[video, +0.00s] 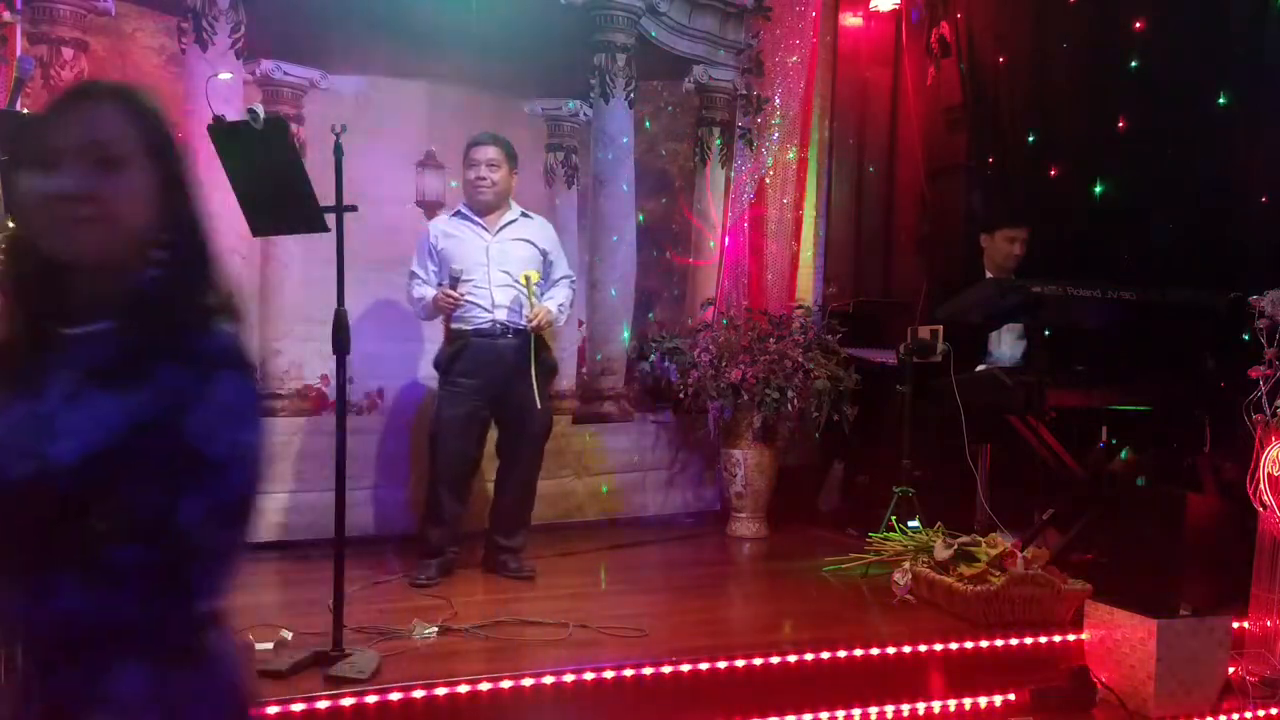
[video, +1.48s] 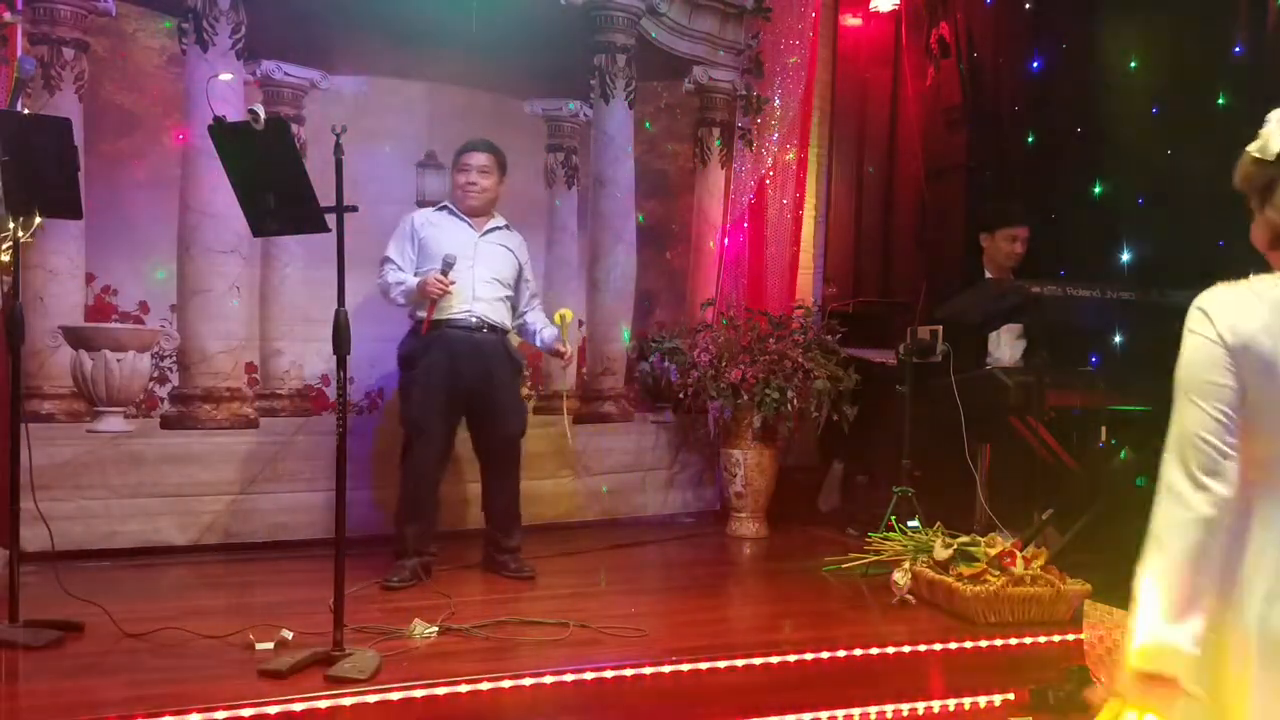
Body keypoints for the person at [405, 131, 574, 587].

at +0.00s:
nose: (481, 174)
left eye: (492, 166)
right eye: (472, 166)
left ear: (512, 175)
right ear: (462, 176)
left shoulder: (539, 229)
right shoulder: (441, 230)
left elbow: (563, 282)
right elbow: (418, 288)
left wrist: (551, 307)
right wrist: (434, 299)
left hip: (524, 354)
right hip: (467, 353)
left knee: (524, 458)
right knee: (451, 454)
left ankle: (506, 550)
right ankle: (440, 552)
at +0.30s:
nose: (497, 177)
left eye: (507, 169)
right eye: (488, 169)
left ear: (525, 178)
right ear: (477, 178)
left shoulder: (554, 231)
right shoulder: (456, 235)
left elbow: (580, 281)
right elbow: (436, 290)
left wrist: (566, 306)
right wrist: (446, 301)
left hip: (536, 354)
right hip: (477, 354)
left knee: (529, 456)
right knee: (467, 448)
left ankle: (508, 550)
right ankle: (463, 553)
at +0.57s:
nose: (519, 178)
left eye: (529, 171)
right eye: (509, 169)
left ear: (540, 182)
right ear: (491, 179)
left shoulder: (559, 236)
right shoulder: (465, 229)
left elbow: (584, 286)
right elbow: (438, 289)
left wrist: (570, 303)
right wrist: (449, 293)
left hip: (535, 354)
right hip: (477, 351)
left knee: (523, 460)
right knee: (463, 452)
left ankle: (507, 550)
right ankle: (457, 553)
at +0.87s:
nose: (533, 184)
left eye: (541, 178)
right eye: (523, 174)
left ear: (547, 190)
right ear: (499, 179)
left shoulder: (557, 244)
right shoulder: (462, 224)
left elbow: (574, 297)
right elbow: (430, 279)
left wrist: (570, 318)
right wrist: (447, 287)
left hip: (532, 354)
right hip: (475, 350)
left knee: (524, 459)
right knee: (454, 450)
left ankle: (506, 549)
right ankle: (436, 553)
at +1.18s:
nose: (507, 181)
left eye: (519, 175)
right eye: (499, 171)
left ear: (531, 189)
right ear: (483, 177)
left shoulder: (540, 244)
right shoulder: (447, 221)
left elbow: (550, 302)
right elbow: (416, 276)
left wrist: (554, 332)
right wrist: (440, 288)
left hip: (524, 355)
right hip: (465, 352)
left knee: (516, 461)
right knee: (443, 456)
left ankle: (506, 551)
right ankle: (415, 556)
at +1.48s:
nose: (472, 179)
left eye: (484, 172)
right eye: (463, 170)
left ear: (501, 183)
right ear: (452, 178)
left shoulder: (513, 242)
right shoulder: (421, 222)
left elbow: (528, 308)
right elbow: (389, 278)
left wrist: (551, 339)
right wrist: (416, 288)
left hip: (495, 353)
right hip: (437, 350)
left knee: (503, 454)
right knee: (423, 452)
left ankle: (503, 550)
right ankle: (414, 555)